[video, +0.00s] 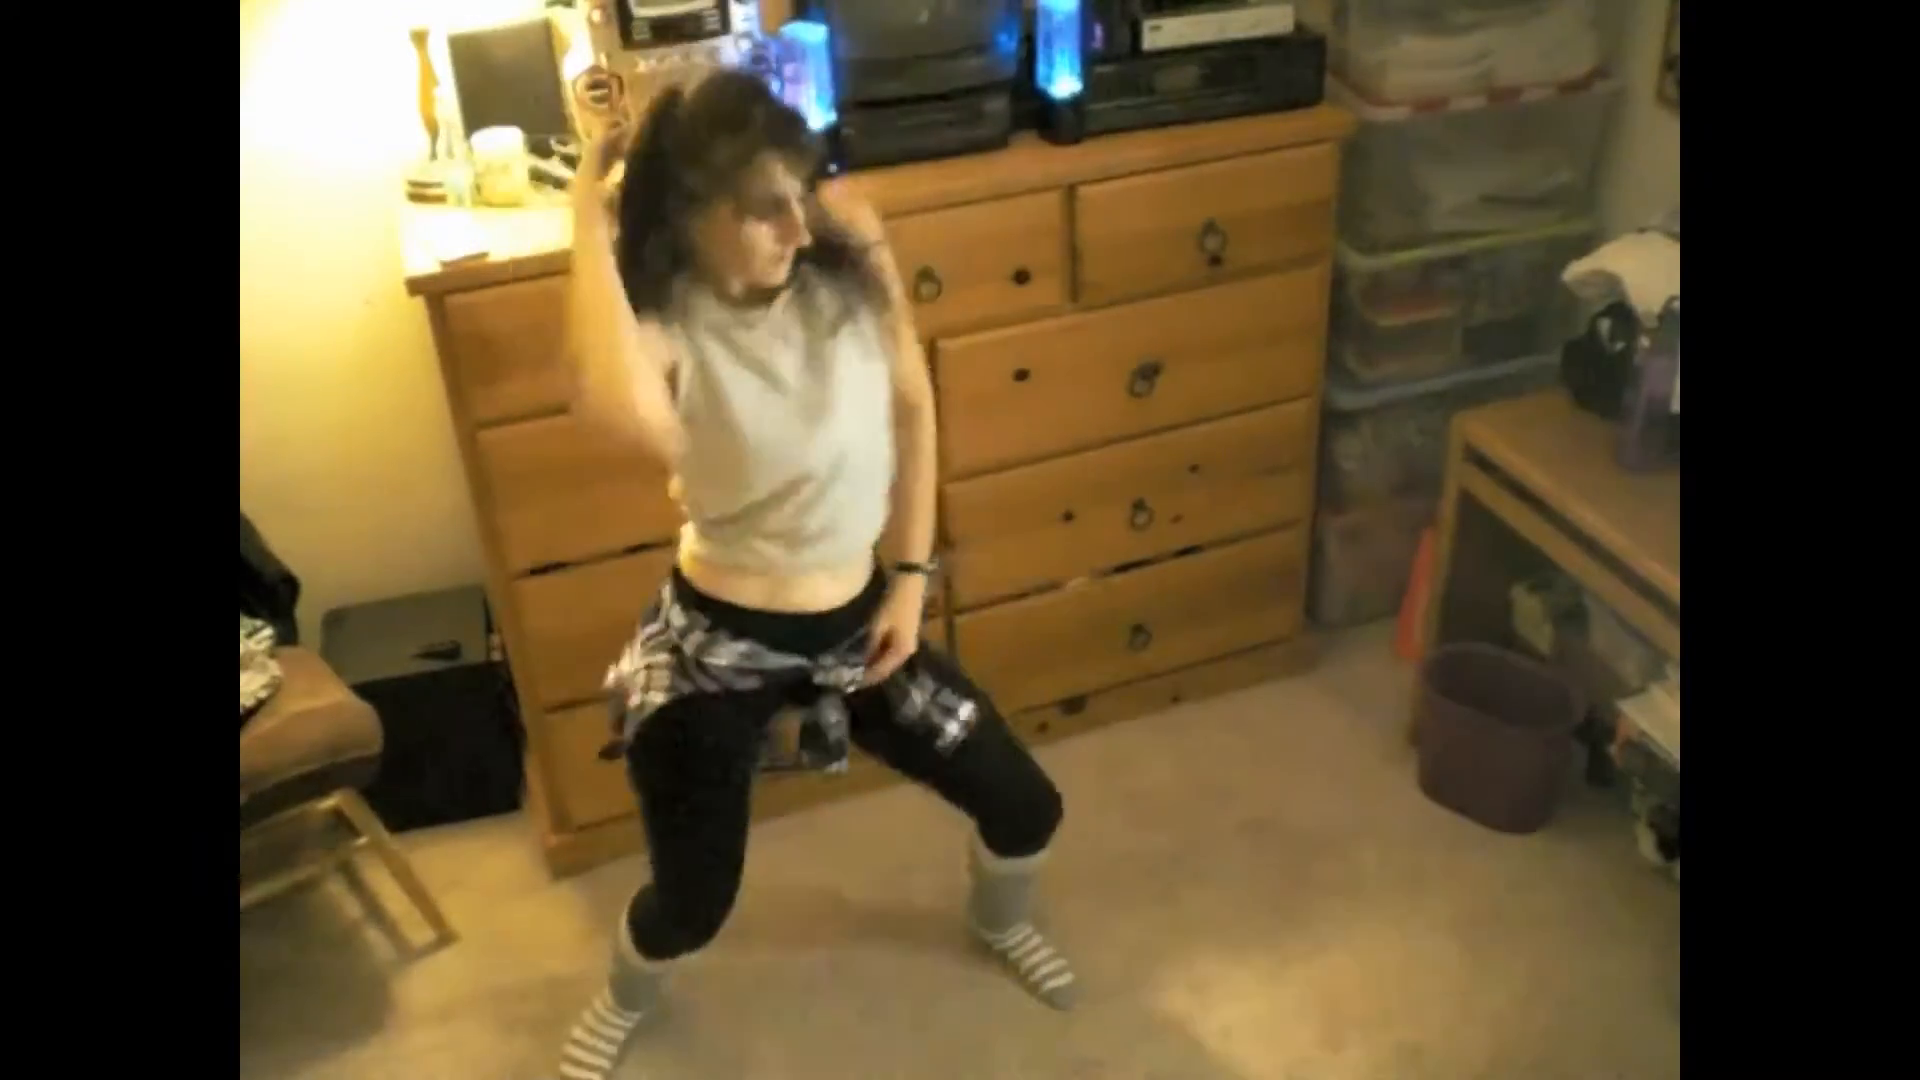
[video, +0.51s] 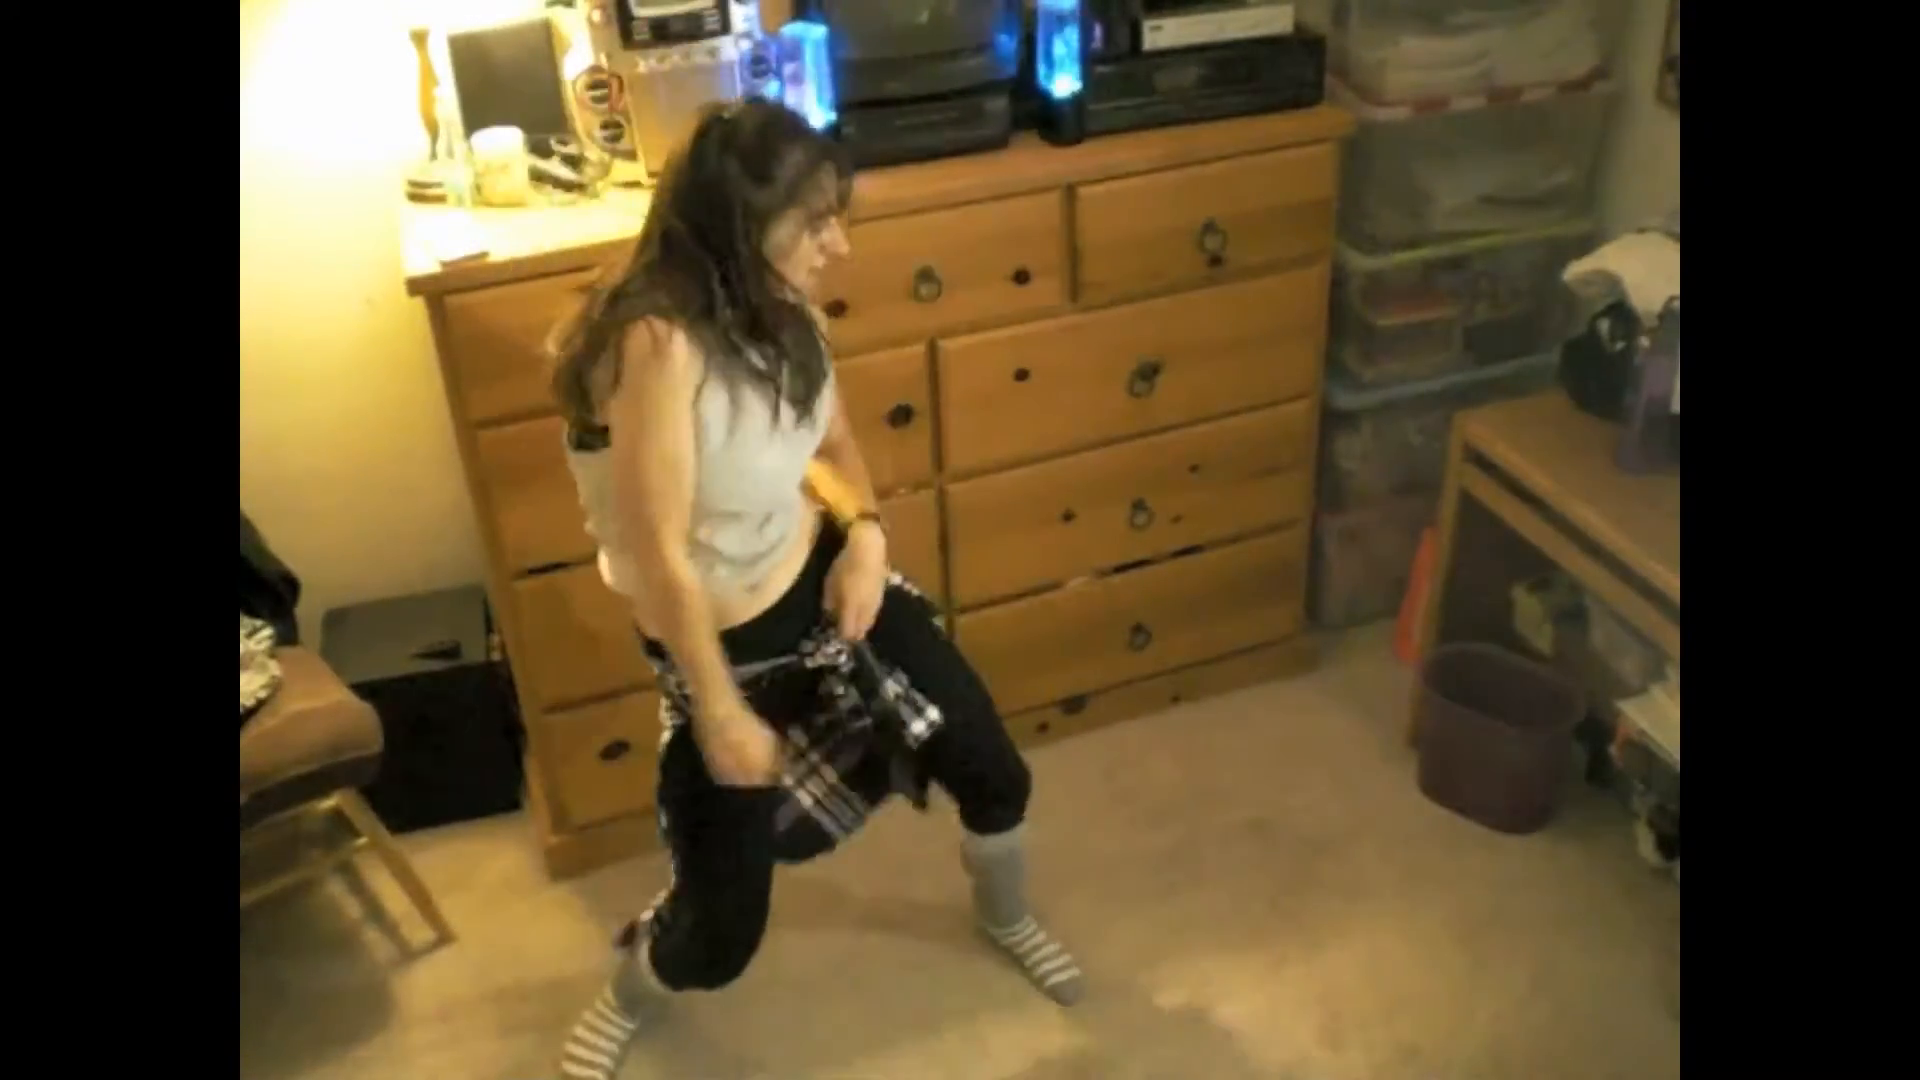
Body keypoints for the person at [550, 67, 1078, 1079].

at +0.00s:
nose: (795, 228)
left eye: (800, 200)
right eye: (761, 211)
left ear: (812, 189)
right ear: (685, 220)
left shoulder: (852, 271)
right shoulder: (662, 325)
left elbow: (914, 406)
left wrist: (910, 574)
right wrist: (594, 240)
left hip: (859, 627)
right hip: (716, 646)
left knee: (1026, 810)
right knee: (693, 903)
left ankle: (1001, 920)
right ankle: (618, 1003)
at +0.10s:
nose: (816, 249)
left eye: (816, 225)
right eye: (791, 231)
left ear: (821, 221)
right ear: (713, 234)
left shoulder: (838, 288)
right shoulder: (645, 359)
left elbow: (889, 420)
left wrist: (884, 573)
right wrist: (630, 357)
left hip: (844, 623)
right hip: (713, 655)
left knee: (1030, 829)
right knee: (691, 924)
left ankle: (1003, 921)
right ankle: (618, 1008)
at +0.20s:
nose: (839, 264)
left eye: (839, 238)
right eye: (815, 243)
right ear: (737, 247)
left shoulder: (828, 322)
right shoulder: (642, 387)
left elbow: (856, 429)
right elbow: (701, 597)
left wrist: (878, 549)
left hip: (849, 616)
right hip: (721, 667)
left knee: (1024, 828)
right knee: (697, 935)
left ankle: (1010, 919)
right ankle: (620, 1003)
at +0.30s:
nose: (848, 267)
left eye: (850, 241)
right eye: (826, 248)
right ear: (749, 249)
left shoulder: (823, 322)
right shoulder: (641, 378)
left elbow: (825, 439)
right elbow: (668, 576)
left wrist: (869, 520)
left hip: (842, 592)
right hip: (723, 652)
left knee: (1022, 816)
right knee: (712, 940)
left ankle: (1013, 920)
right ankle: (618, 998)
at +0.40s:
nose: (847, 257)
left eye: (848, 232)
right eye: (827, 236)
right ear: (753, 235)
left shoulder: (793, 315)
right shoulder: (647, 356)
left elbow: (807, 444)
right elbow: (667, 563)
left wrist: (864, 515)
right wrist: (786, 712)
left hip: (842, 592)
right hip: (725, 655)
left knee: (1018, 790)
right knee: (716, 937)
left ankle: (1014, 916)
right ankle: (621, 1003)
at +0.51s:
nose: (838, 247)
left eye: (838, 220)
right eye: (816, 225)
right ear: (745, 226)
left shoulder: (784, 315)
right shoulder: (661, 344)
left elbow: (827, 443)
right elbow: (652, 547)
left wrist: (867, 529)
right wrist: (720, 710)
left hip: (830, 592)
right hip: (720, 659)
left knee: (994, 777)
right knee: (719, 937)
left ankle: (1009, 918)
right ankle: (625, 994)